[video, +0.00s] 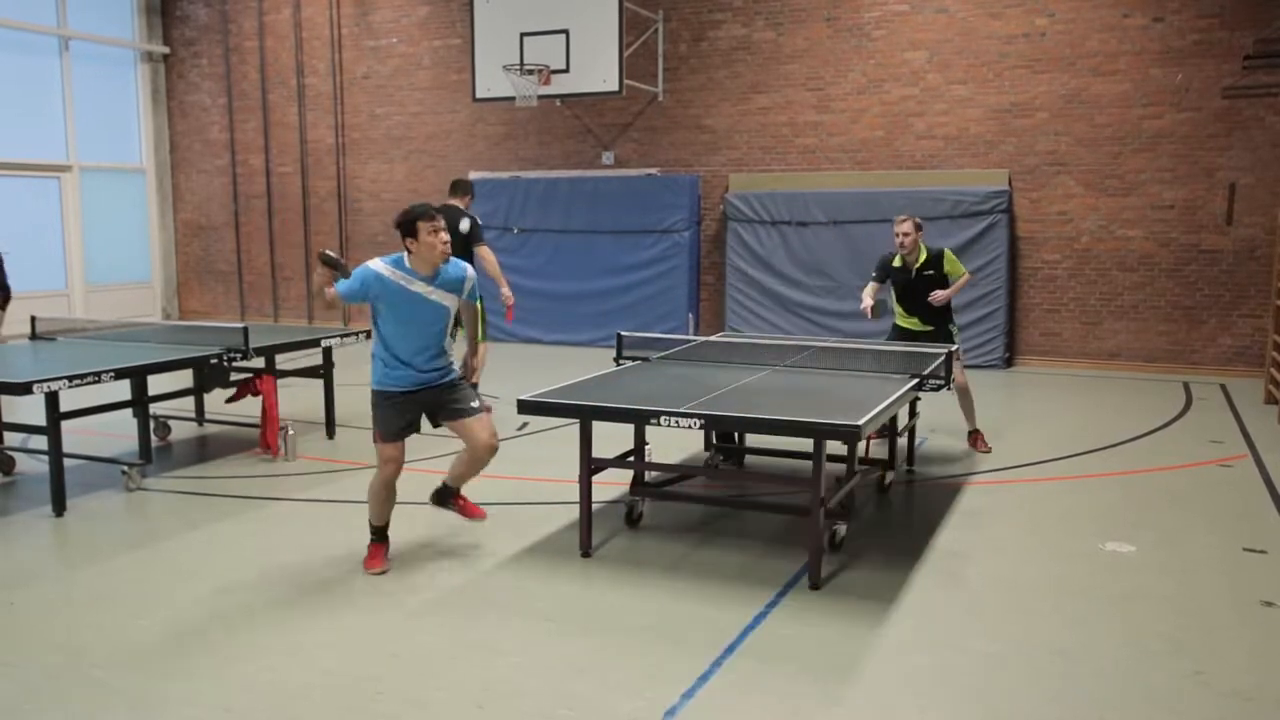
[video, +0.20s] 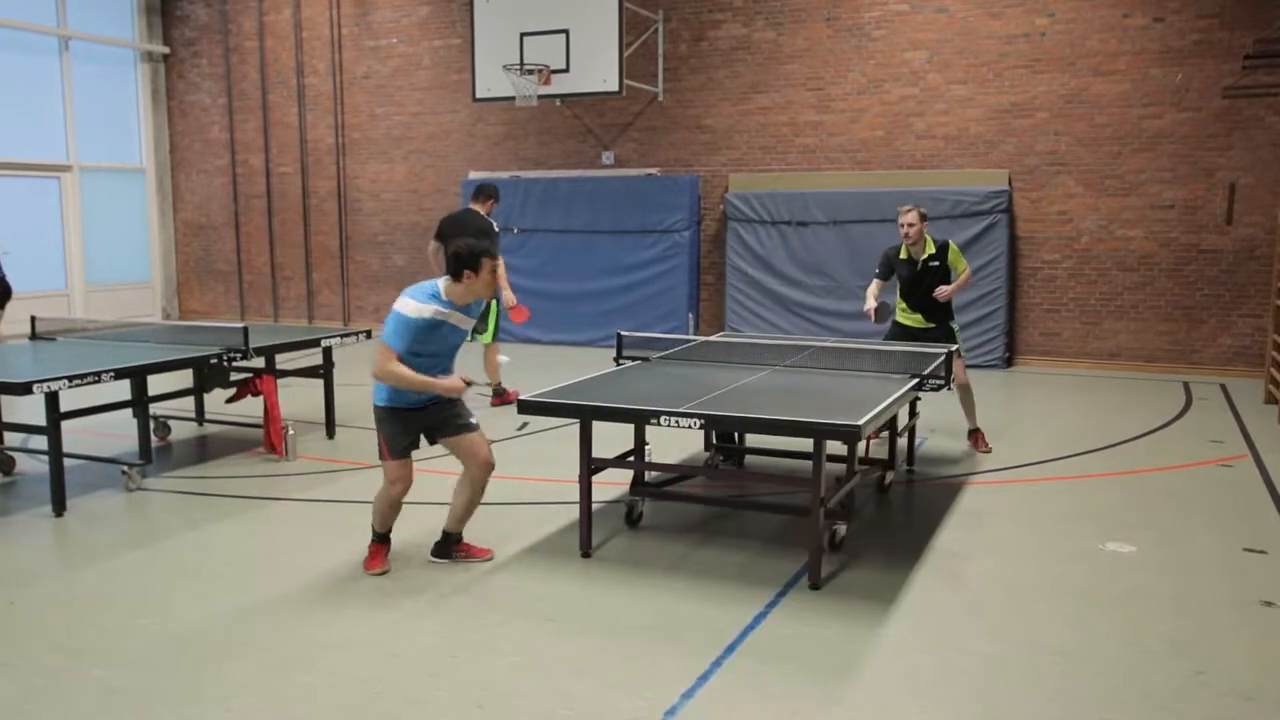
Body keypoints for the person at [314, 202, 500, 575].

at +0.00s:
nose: (444, 238)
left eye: (444, 231)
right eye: (433, 233)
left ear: (448, 235)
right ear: (410, 242)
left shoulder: (461, 276)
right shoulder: (376, 274)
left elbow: (472, 308)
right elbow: (328, 296)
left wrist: (474, 351)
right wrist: (325, 281)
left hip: (442, 378)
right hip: (393, 385)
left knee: (485, 444)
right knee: (389, 468)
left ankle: (448, 492)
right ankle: (378, 540)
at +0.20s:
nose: (498, 278)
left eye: (497, 270)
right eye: (492, 271)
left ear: (471, 276)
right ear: (468, 276)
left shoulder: (478, 304)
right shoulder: (415, 301)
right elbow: (382, 367)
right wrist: (439, 385)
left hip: (439, 397)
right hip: (395, 402)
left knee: (481, 462)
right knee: (399, 483)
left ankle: (449, 543)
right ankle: (379, 542)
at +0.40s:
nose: (527, 276)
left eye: (527, 267)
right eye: (525, 268)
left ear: (495, 266)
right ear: (511, 271)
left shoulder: (467, 287)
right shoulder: (470, 309)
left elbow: (416, 323)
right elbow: (456, 383)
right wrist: (506, 379)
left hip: (446, 397)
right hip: (422, 404)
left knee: (489, 462)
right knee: (469, 481)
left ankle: (450, 540)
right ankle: (394, 515)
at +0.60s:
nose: (529, 240)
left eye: (528, 232)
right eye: (525, 233)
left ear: (488, 235)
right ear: (511, 236)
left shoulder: (454, 266)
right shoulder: (497, 277)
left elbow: (413, 319)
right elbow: (492, 353)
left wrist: (421, 368)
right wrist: (539, 350)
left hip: (424, 383)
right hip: (458, 383)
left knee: (461, 459)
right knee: (522, 461)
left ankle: (436, 550)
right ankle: (469, 553)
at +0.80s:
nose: (535, 258)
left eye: (535, 252)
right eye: (534, 251)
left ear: (484, 251)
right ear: (526, 252)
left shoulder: (453, 292)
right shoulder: (529, 300)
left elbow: (422, 360)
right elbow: (557, 372)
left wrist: (440, 410)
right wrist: (576, 347)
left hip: (455, 421)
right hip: (505, 424)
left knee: (453, 486)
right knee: (548, 514)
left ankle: (421, 566)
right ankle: (544, 627)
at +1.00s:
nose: (562, 233)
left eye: (560, 228)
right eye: (560, 227)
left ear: (512, 227)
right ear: (552, 228)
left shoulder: (477, 267)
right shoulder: (559, 270)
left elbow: (444, 337)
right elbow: (588, 344)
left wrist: (467, 375)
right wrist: (614, 337)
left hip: (474, 399)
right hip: (529, 405)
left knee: (462, 489)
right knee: (561, 502)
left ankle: (428, 586)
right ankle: (550, 620)